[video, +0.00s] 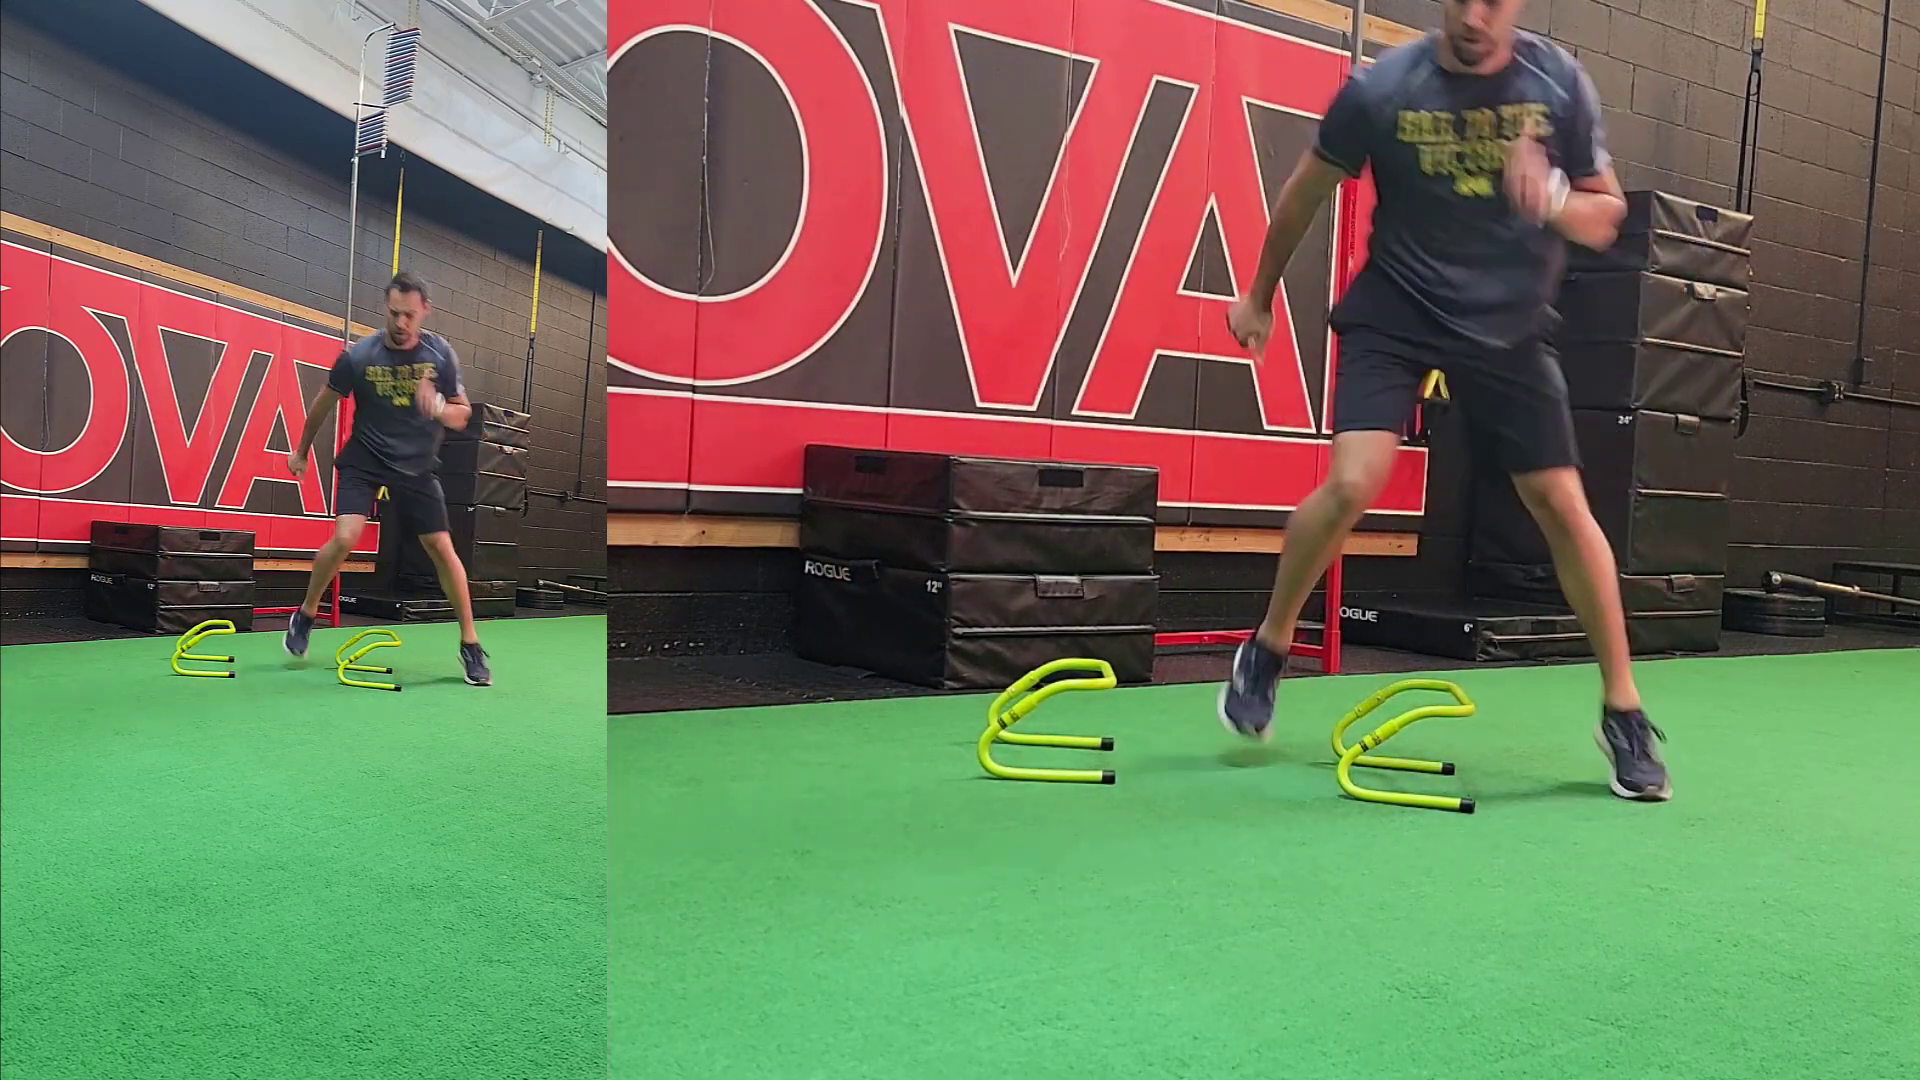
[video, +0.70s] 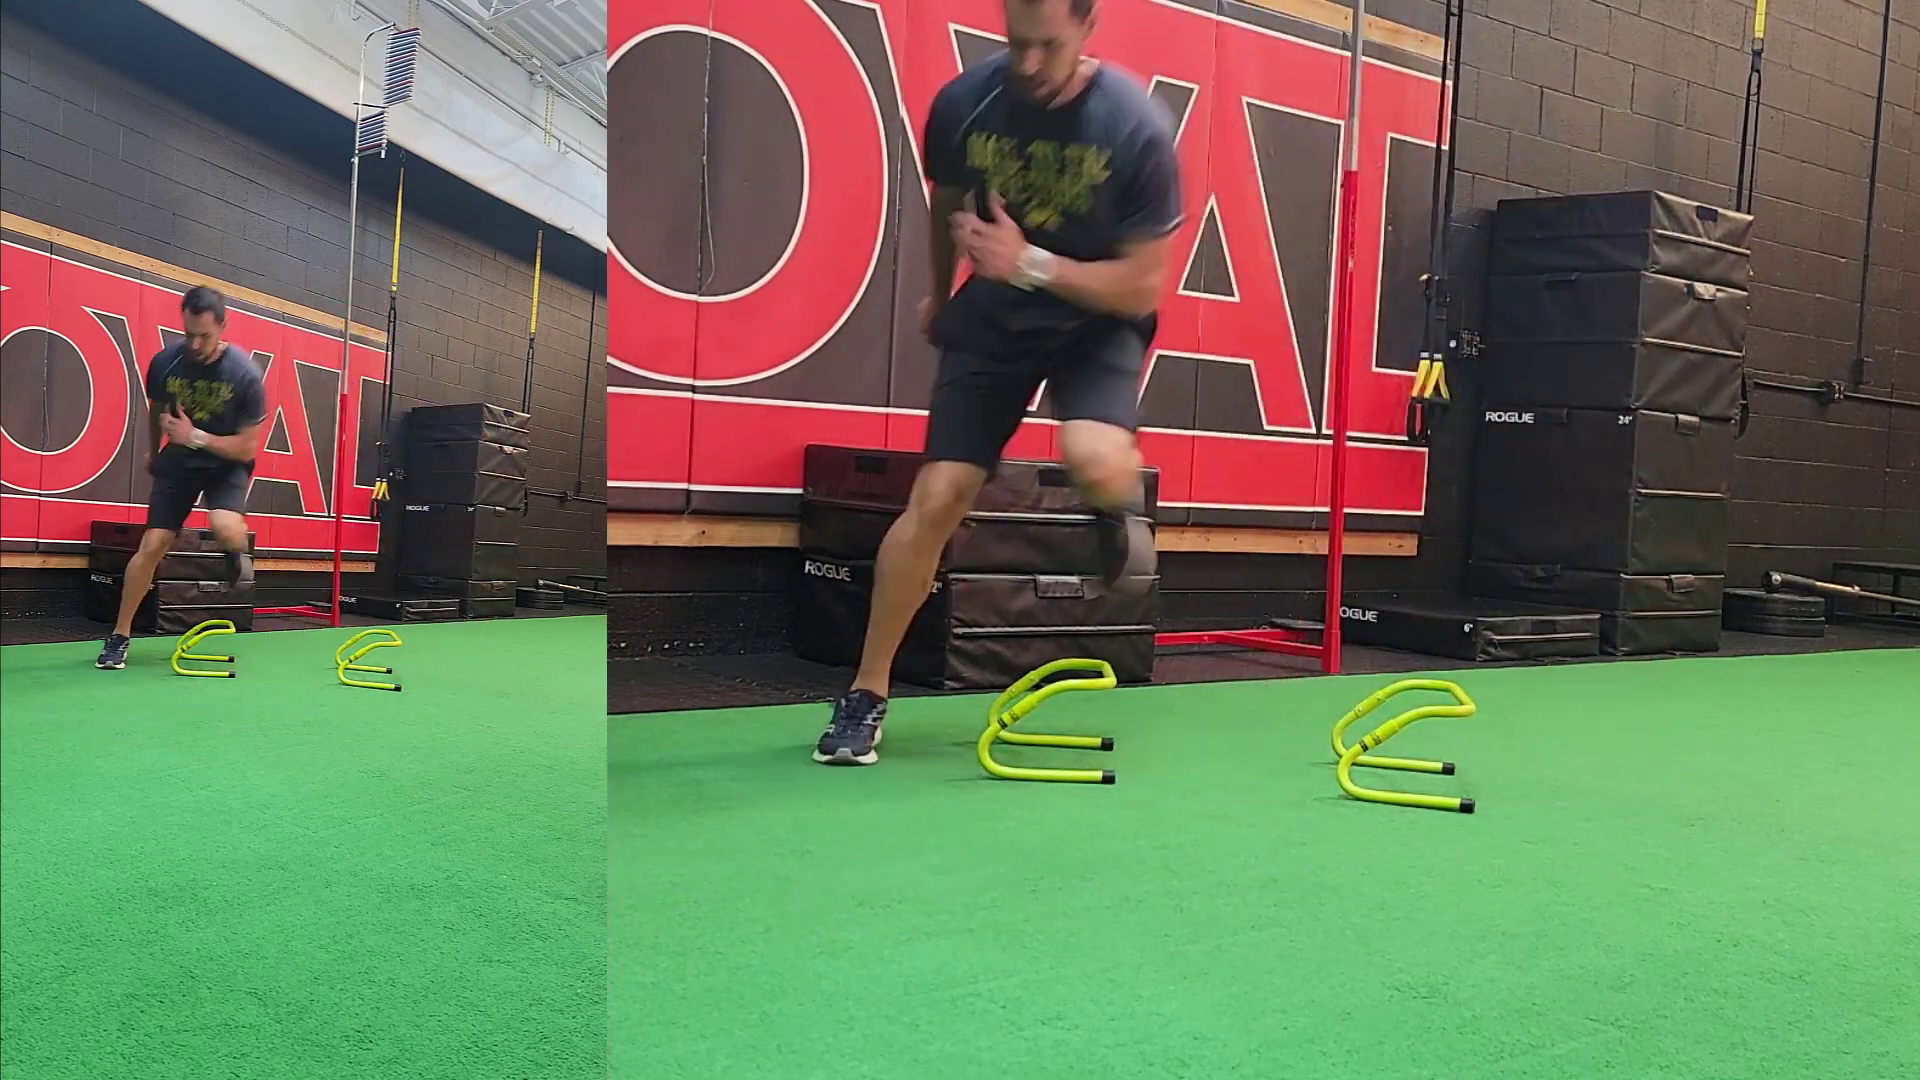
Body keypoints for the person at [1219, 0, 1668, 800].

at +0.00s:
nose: (1475, 17)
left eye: (1493, 3)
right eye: (1461, 1)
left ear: (1519, 9)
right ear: (1437, 3)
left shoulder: (1560, 80)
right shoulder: (1376, 91)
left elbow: (1605, 221)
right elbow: (1307, 189)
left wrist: (1552, 200)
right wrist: (1258, 294)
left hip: (1509, 330)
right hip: (1394, 315)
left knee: (1564, 504)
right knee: (1352, 486)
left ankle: (1624, 708)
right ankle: (1269, 646)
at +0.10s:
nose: (1403, 18)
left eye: (1420, 3)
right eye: (1388, 3)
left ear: (1447, 6)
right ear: (1365, 6)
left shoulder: (1489, 81)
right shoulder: (1313, 100)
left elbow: (1515, 195)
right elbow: (1272, 229)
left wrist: (1524, 314)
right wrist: (1266, 354)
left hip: (1452, 310)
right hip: (1337, 313)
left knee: (1483, 451)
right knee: (1310, 513)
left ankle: (1508, 559)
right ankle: (1277, 695)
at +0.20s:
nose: (1342, 17)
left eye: (1360, 3)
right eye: (1329, 2)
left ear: (1387, 7)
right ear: (1309, 4)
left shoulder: (1436, 87)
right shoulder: (1257, 94)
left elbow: (1472, 181)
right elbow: (1215, 221)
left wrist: (1480, 280)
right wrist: (1266, 262)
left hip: (1393, 290)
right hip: (1289, 302)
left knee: (1379, 391)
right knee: (1284, 511)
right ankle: (1274, 698)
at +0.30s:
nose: (1294, 12)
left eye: (1309, 4)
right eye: (1281, 3)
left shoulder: (1393, 61)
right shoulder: (1210, 55)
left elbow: (1423, 169)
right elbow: (1173, 174)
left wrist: (1427, 280)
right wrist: (1207, 229)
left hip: (1332, 283)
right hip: (1235, 281)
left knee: (1308, 436)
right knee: (1224, 461)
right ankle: (1251, 643)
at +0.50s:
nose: (1172, 10)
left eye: (1191, 0)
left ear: (1227, 2)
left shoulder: (1276, 83)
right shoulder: (1098, 64)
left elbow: (1324, 219)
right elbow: (1064, 175)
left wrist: (1307, 339)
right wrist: (1038, 278)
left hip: (1224, 304)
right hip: (1119, 279)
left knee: (1234, 495)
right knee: (1040, 392)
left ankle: (1278, 705)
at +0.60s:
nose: (1098, 12)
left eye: (1116, 2)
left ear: (1152, 0)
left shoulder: (1207, 75)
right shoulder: (1028, 59)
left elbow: (1254, 218)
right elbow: (1005, 163)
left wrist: (1184, 295)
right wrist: (995, 278)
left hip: (1165, 280)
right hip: (1054, 271)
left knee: (1171, 464)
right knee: (983, 447)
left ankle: (1219, 614)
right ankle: (895, 641)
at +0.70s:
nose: (1030, 63)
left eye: (1048, 46)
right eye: (1018, 43)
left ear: (1087, 29)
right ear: (1002, 29)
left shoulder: (1136, 129)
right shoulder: (961, 107)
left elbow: (1145, 287)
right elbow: (948, 208)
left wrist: (1030, 264)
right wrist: (939, 295)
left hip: (1101, 320)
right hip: (993, 313)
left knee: (1094, 460)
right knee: (939, 494)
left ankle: (1120, 512)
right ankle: (866, 693)